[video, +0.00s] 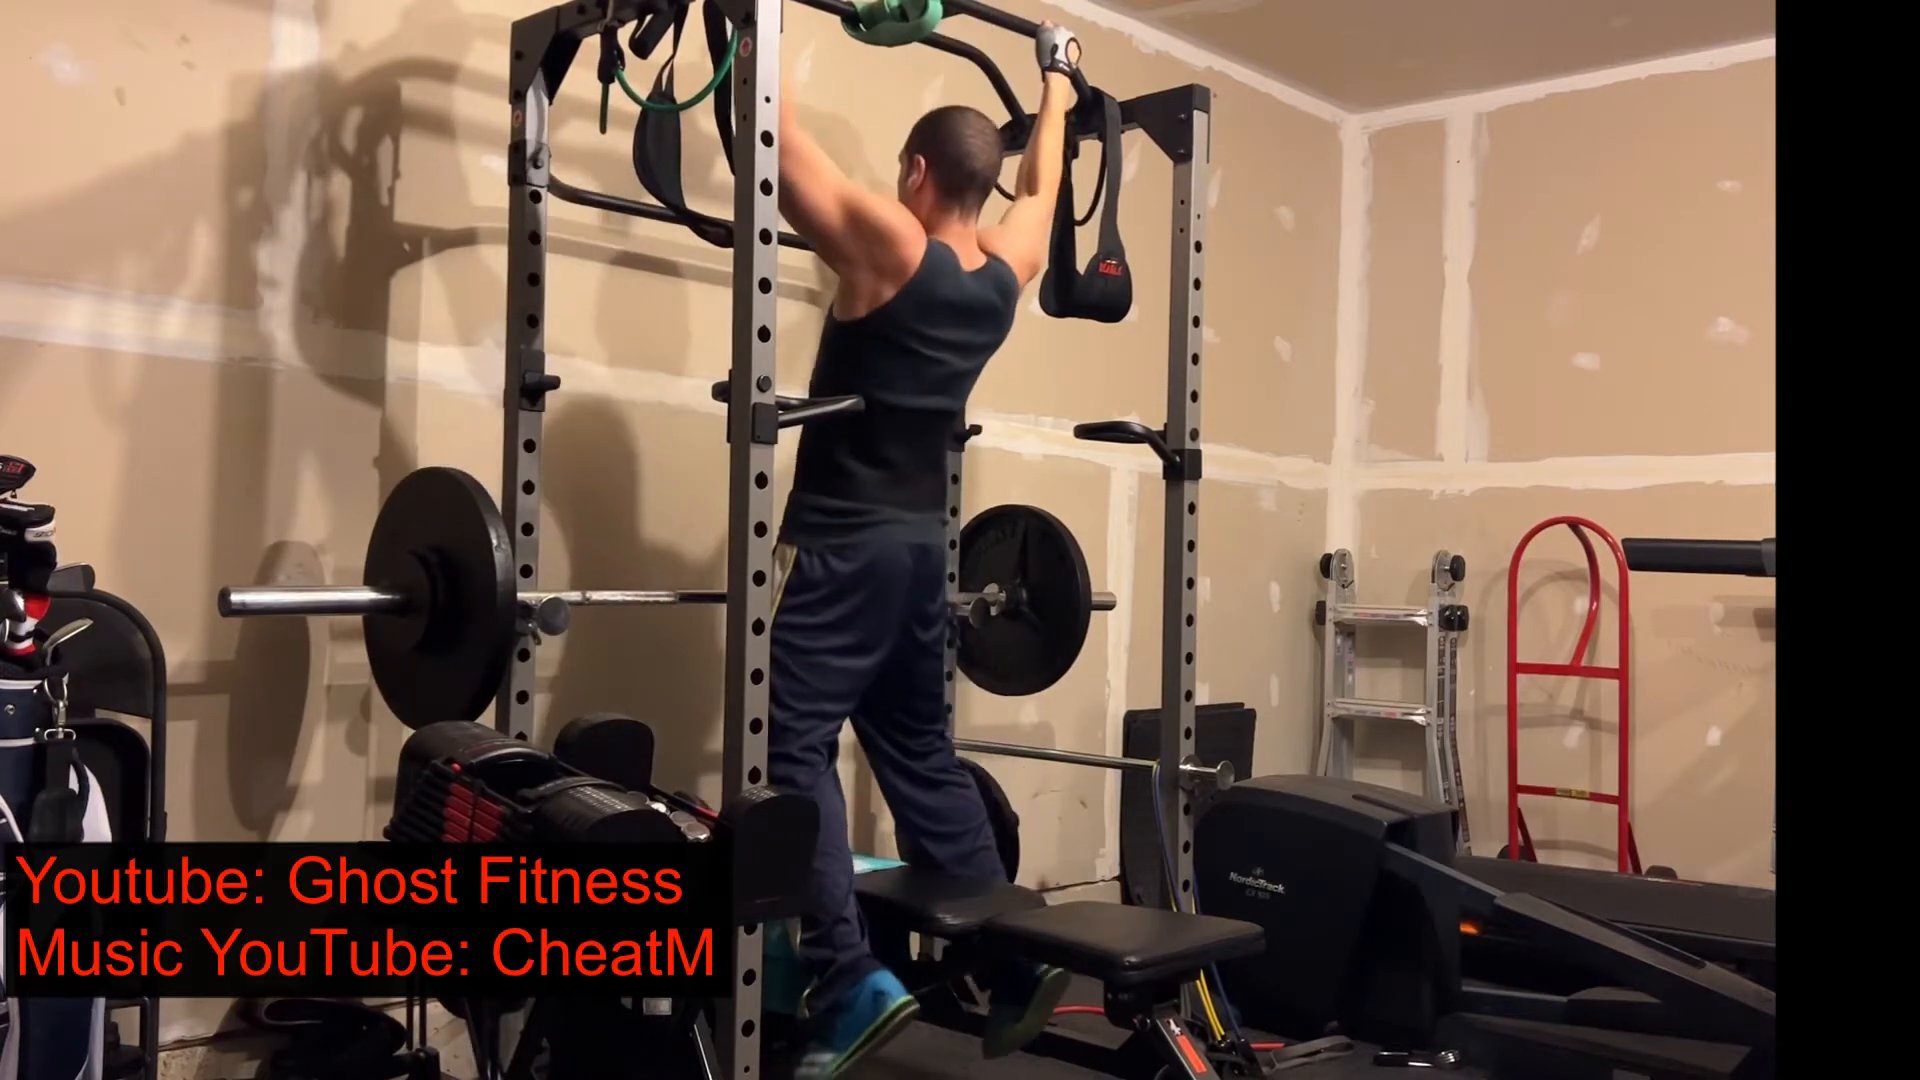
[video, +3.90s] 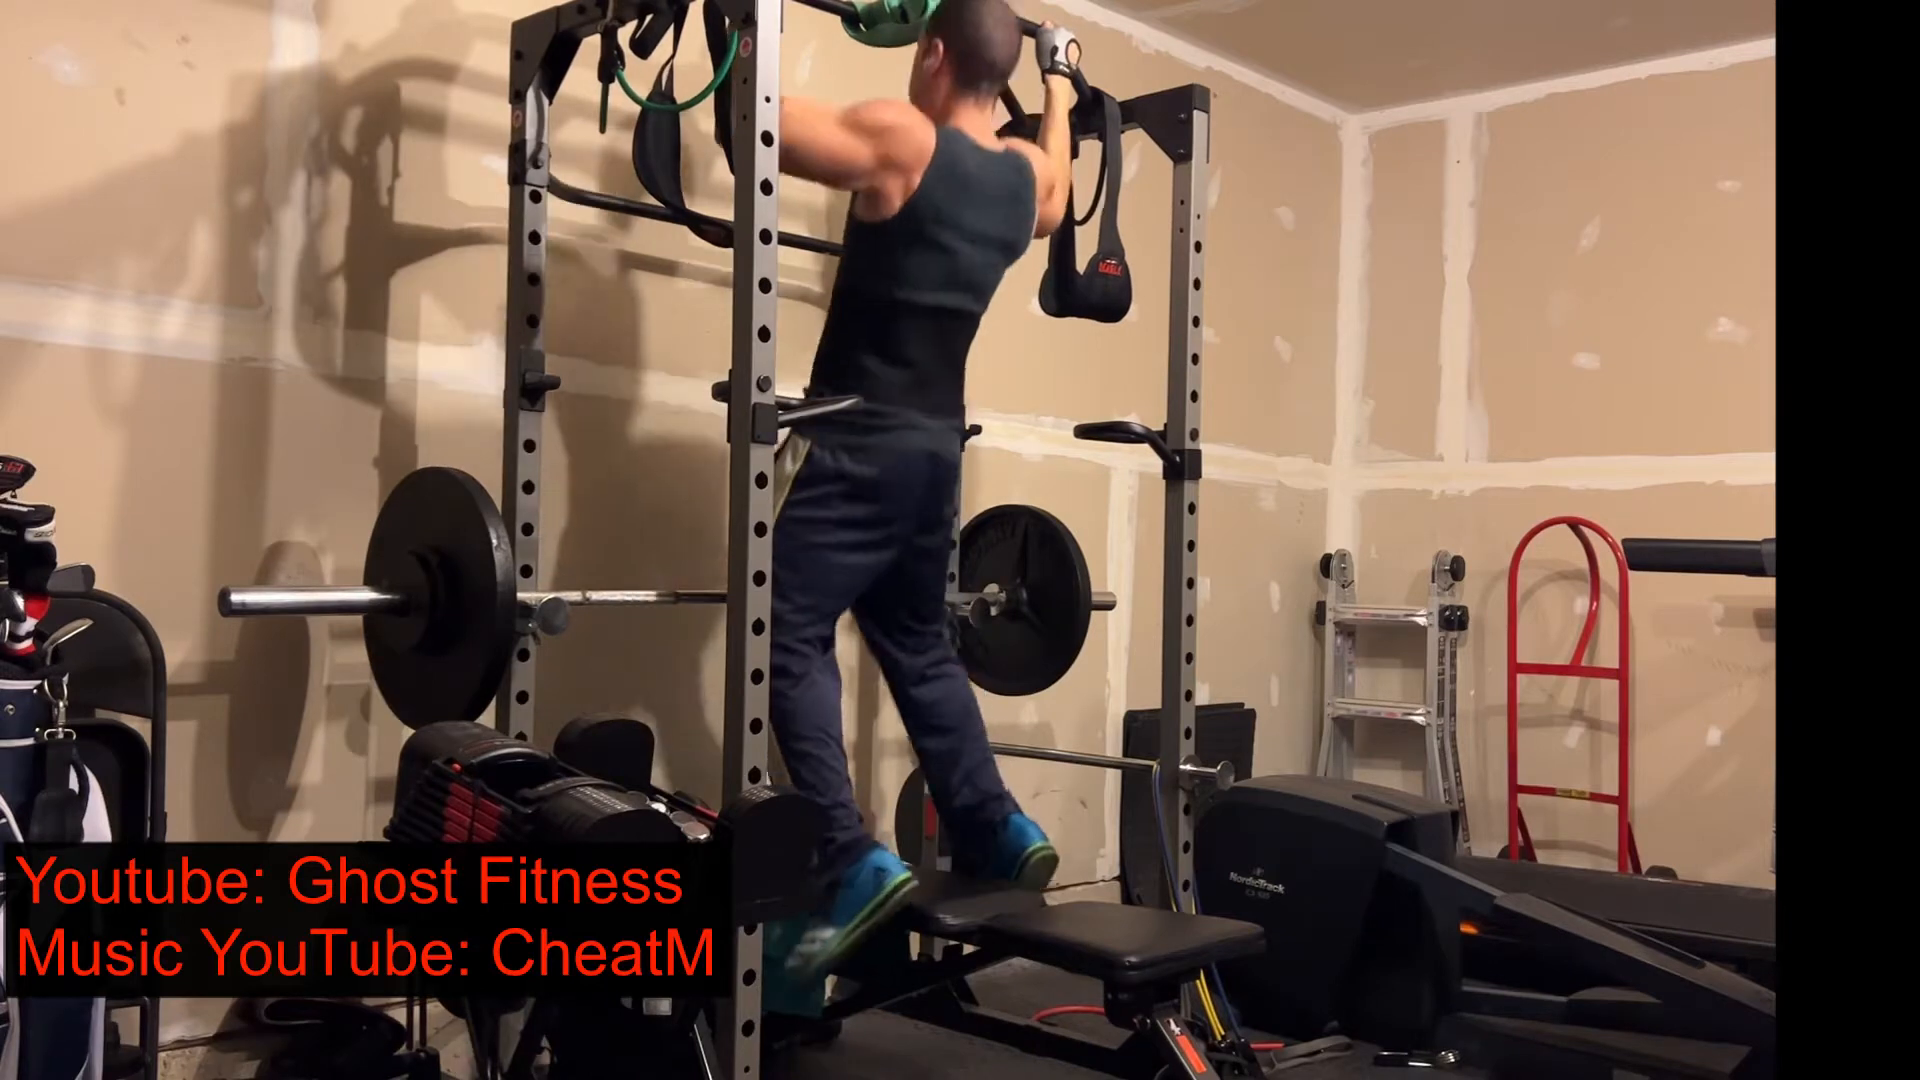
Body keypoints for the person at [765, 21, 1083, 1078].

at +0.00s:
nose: (894, 176)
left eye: (900, 163)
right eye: (905, 164)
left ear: (919, 170)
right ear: (989, 190)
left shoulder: (883, 242)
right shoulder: (1004, 275)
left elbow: (775, 133)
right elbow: (1040, 191)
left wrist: (759, 30)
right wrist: (1057, 103)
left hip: (847, 536)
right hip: (924, 539)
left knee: (796, 748)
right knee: (918, 752)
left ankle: (846, 971)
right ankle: (1005, 952)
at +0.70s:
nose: (938, 29)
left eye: (944, 16)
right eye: (944, 18)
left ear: (961, 19)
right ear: (1037, 38)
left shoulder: (924, 100)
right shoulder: (1049, 140)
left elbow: (781, 114)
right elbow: (1070, 203)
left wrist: (760, 21)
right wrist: (1055, 95)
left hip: (872, 413)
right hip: (950, 421)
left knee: (794, 603)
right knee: (924, 620)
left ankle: (818, 837)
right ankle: (985, 823)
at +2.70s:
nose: (903, 134)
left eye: (908, 122)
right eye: (909, 123)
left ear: (929, 127)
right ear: (997, 147)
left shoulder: (892, 196)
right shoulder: (1013, 238)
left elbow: (763, 135)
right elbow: (1047, 188)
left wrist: (743, 39)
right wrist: (1057, 106)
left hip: (846, 505)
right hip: (923, 510)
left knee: (785, 702)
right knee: (915, 714)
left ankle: (841, 925)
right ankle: (995, 910)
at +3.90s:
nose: (910, 55)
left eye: (919, 41)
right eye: (921, 42)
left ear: (936, 55)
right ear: (1003, 78)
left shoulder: (900, 135)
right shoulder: (1022, 176)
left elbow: (765, 124)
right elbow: (1055, 191)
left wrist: (744, 32)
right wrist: (1057, 94)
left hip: (860, 442)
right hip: (934, 448)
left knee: (793, 637)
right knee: (914, 639)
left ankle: (852, 858)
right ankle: (994, 828)